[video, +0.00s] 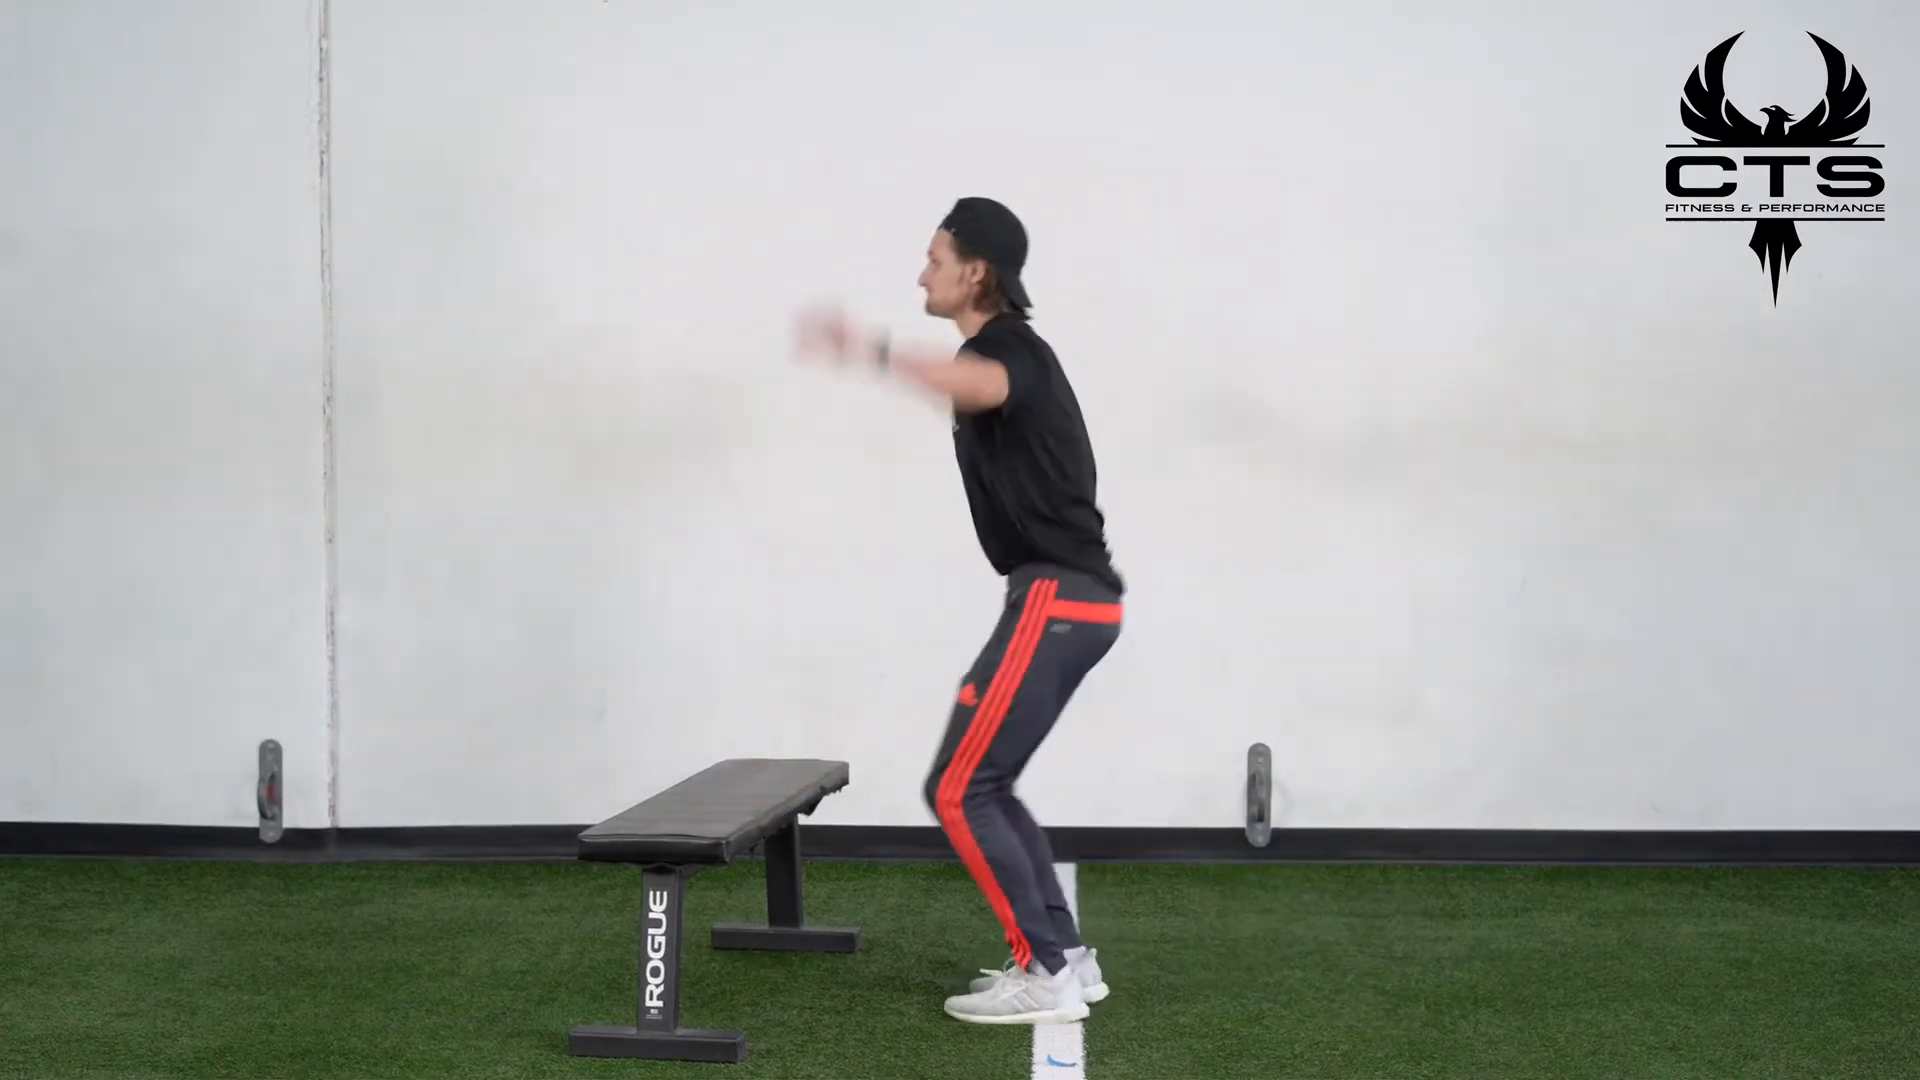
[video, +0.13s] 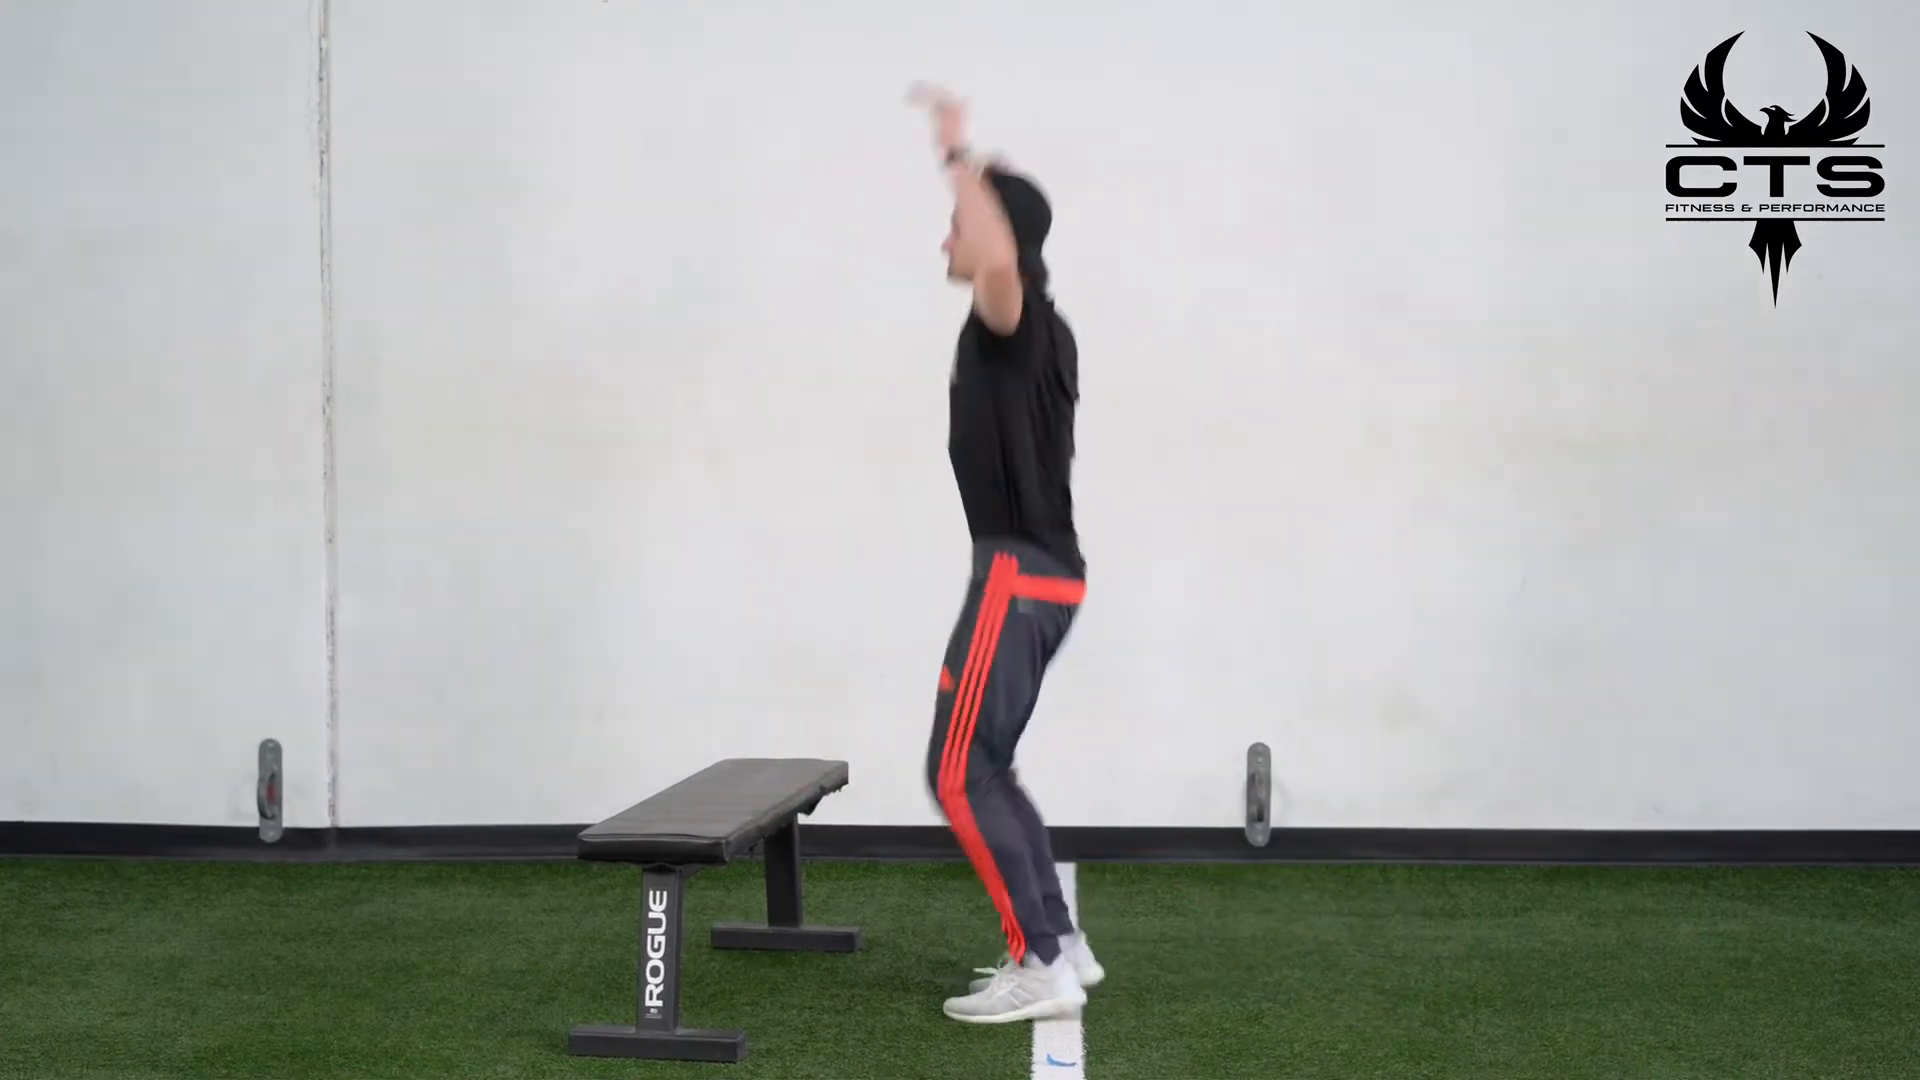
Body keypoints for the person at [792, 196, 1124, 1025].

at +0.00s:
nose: (924, 270)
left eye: (936, 259)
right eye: (928, 257)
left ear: (977, 271)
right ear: (982, 273)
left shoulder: (1008, 345)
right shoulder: (1003, 348)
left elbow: (982, 386)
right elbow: (970, 389)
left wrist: (874, 353)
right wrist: (879, 359)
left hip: (1060, 595)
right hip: (1062, 592)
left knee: (959, 788)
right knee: (979, 783)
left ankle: (1047, 968)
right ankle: (1062, 956)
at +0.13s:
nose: (947, 235)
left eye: (962, 221)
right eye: (952, 218)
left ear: (1001, 238)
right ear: (1016, 240)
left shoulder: (1013, 322)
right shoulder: (1031, 327)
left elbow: (996, 252)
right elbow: (999, 240)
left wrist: (958, 157)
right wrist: (972, 169)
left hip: (1019, 573)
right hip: (1033, 571)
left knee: (959, 768)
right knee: (980, 766)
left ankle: (1044, 961)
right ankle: (1054, 942)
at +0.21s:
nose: (958, 167)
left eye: (974, 155)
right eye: (965, 151)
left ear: (1008, 178)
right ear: (1022, 184)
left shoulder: (1010, 262)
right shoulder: (1039, 268)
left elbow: (1011, 187)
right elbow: (1030, 190)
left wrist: (996, 94)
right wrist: (1025, 115)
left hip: (1006, 507)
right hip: (1025, 508)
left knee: (996, 713)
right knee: (1007, 712)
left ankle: (1016, 922)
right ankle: (1037, 905)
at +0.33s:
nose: (961, 133)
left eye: (975, 121)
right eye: (966, 119)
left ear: (1014, 135)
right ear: (1017, 137)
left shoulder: (1023, 215)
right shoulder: (1034, 216)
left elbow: (1018, 137)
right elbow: (1036, 141)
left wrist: (995, 43)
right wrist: (1032, 62)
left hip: (1002, 469)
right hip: (1010, 467)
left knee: (1001, 682)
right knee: (1009, 680)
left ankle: (1022, 886)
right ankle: (1038, 873)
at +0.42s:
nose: (962, 141)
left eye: (977, 129)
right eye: (968, 125)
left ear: (1018, 147)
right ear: (1018, 144)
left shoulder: (1025, 228)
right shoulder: (1031, 229)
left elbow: (1030, 153)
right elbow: (1042, 150)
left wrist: (989, 63)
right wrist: (1030, 73)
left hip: (1002, 482)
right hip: (1007, 480)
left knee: (994, 692)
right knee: (1003, 691)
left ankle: (1023, 899)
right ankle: (1027, 891)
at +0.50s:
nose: (956, 177)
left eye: (970, 164)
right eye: (962, 162)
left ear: (1009, 177)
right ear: (1015, 177)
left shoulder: (1025, 265)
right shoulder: (1024, 263)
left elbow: (1046, 222)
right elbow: (1052, 211)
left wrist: (984, 129)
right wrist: (1028, 129)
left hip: (1004, 524)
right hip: (1011, 521)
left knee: (992, 735)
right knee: (1000, 732)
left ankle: (1030, 941)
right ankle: (1041, 929)